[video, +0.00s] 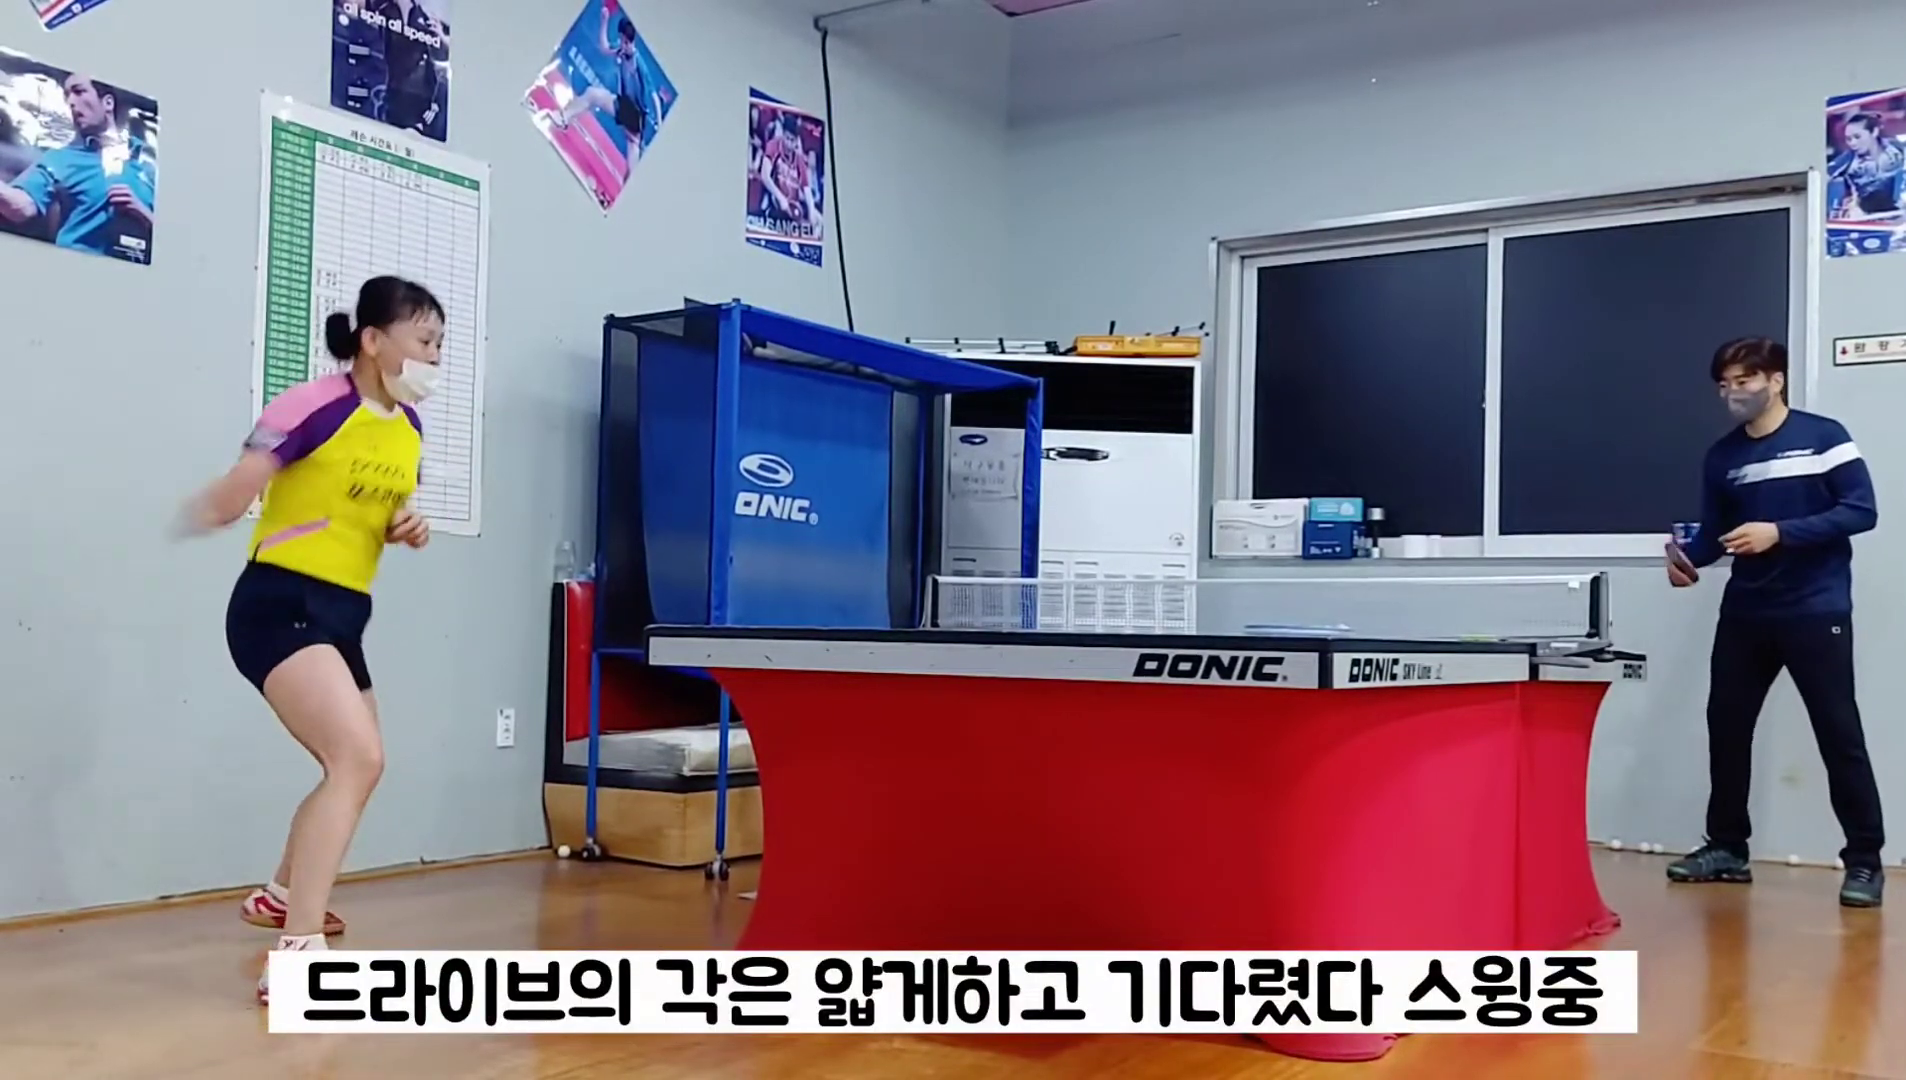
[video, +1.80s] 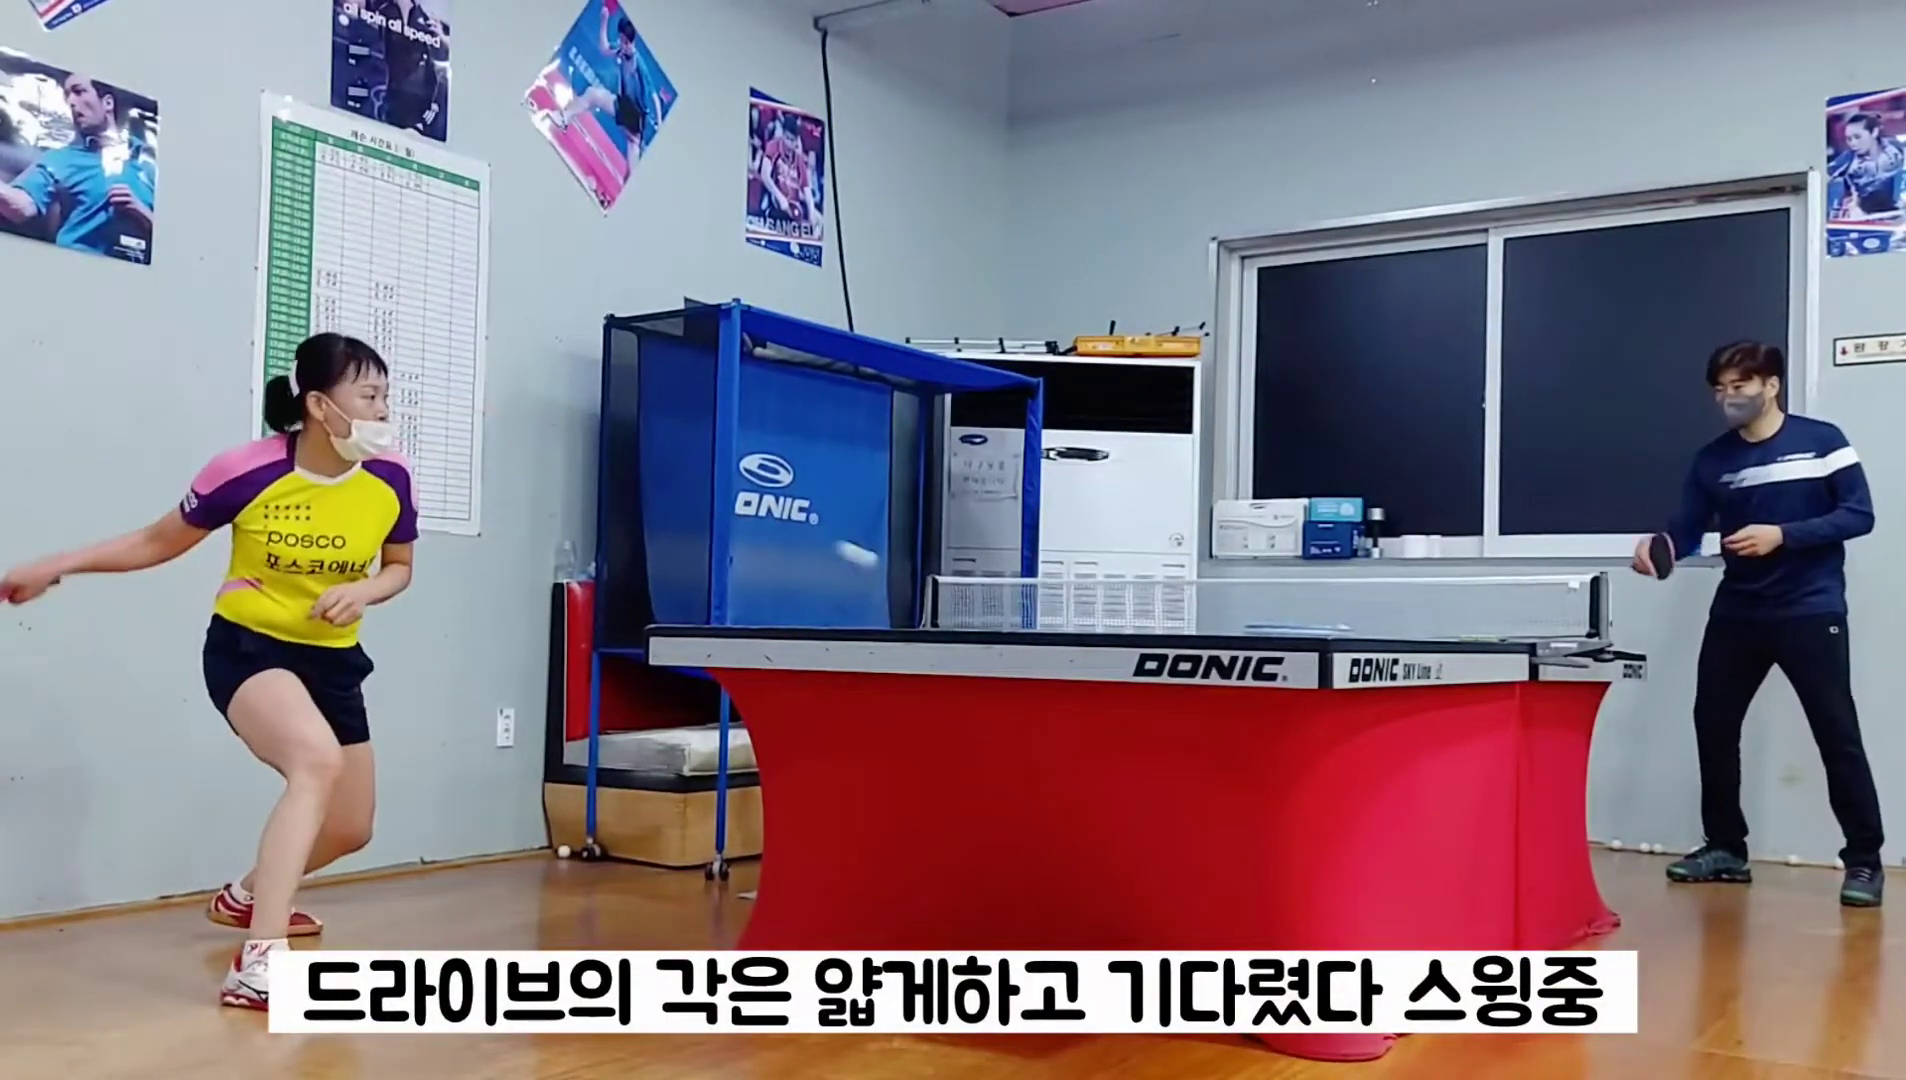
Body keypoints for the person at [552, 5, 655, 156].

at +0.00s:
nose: (622, 41)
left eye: (624, 39)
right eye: (621, 38)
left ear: (627, 39)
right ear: (621, 38)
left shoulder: (630, 55)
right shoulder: (621, 53)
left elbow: (631, 54)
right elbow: (604, 49)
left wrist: (628, 49)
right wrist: (604, 22)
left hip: (628, 107)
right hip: (637, 114)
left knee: (592, 94)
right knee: (633, 143)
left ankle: (563, 117)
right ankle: (630, 176)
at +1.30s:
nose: (622, 43)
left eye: (624, 40)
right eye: (622, 40)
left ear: (628, 41)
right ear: (622, 40)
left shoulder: (632, 56)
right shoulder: (621, 54)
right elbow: (604, 49)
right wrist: (604, 22)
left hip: (628, 109)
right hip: (636, 115)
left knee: (593, 94)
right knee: (632, 164)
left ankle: (563, 118)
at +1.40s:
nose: (621, 42)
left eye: (623, 39)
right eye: (621, 38)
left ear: (627, 39)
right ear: (623, 38)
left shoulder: (629, 53)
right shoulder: (623, 52)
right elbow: (604, 49)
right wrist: (604, 22)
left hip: (628, 109)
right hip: (637, 116)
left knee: (593, 94)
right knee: (633, 163)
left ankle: (564, 118)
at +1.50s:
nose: (622, 43)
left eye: (624, 40)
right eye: (621, 39)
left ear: (628, 41)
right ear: (622, 39)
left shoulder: (631, 55)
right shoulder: (623, 52)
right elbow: (604, 50)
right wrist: (604, 22)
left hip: (628, 109)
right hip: (637, 115)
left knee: (593, 94)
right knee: (632, 163)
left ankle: (563, 118)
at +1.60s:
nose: (621, 42)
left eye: (623, 39)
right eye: (621, 39)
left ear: (627, 40)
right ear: (625, 39)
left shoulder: (631, 55)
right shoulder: (623, 52)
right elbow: (604, 50)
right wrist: (604, 22)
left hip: (628, 108)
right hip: (636, 115)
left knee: (593, 94)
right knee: (633, 159)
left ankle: (563, 117)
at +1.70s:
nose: (621, 43)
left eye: (623, 40)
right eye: (621, 39)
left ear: (628, 40)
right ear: (624, 39)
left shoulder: (631, 55)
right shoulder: (624, 52)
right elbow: (605, 50)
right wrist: (604, 22)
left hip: (628, 108)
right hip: (637, 115)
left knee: (593, 94)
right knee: (632, 164)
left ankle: (563, 117)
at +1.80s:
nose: (621, 41)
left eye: (623, 38)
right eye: (621, 38)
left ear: (627, 40)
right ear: (623, 38)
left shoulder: (630, 54)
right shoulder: (623, 51)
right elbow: (604, 50)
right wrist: (604, 22)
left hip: (628, 108)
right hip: (637, 115)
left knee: (593, 94)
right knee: (633, 159)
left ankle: (564, 118)